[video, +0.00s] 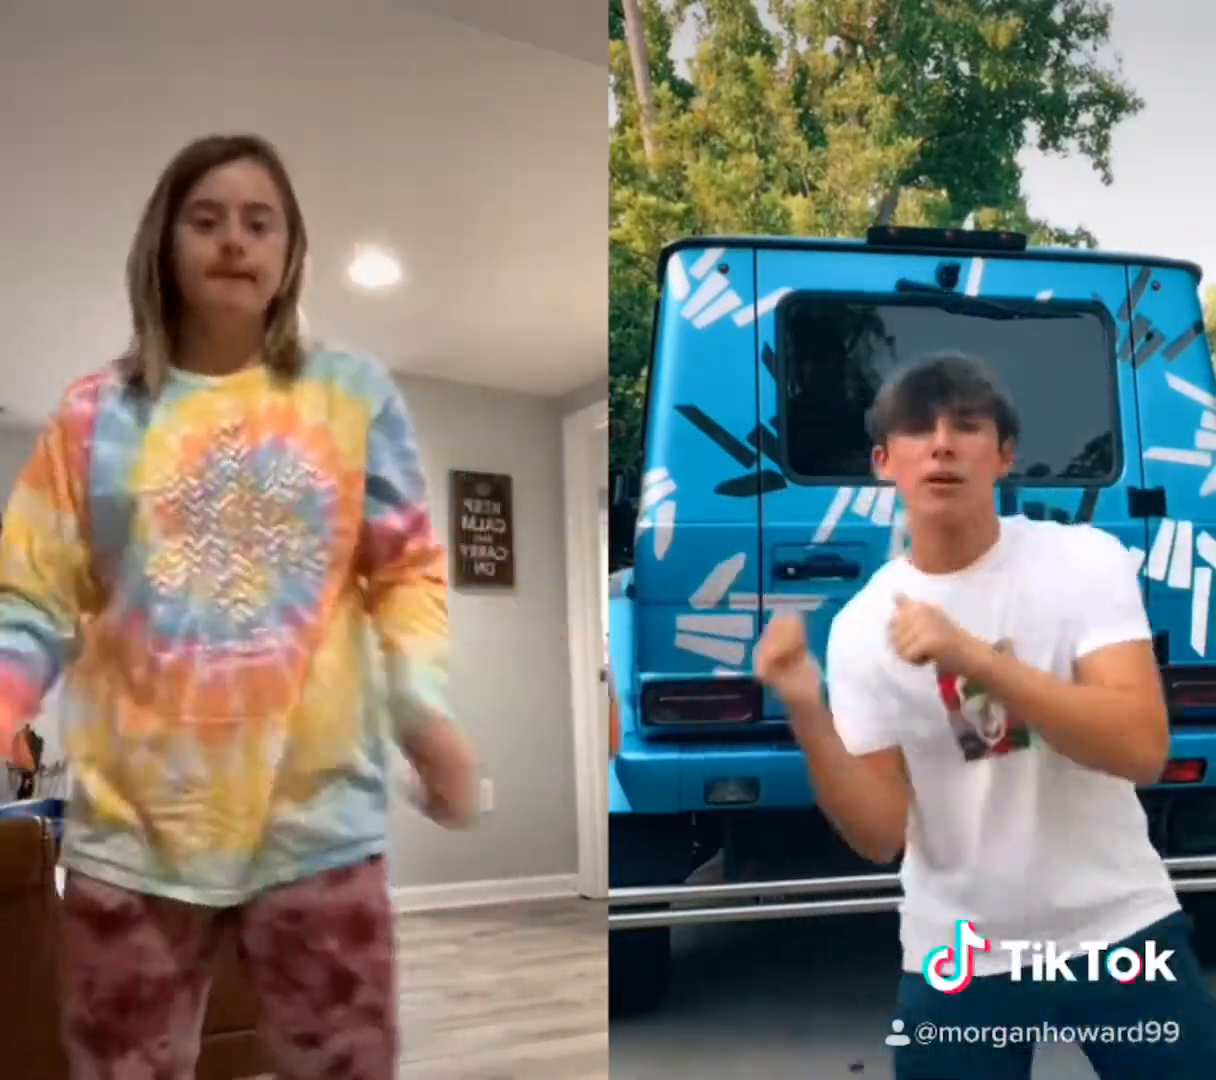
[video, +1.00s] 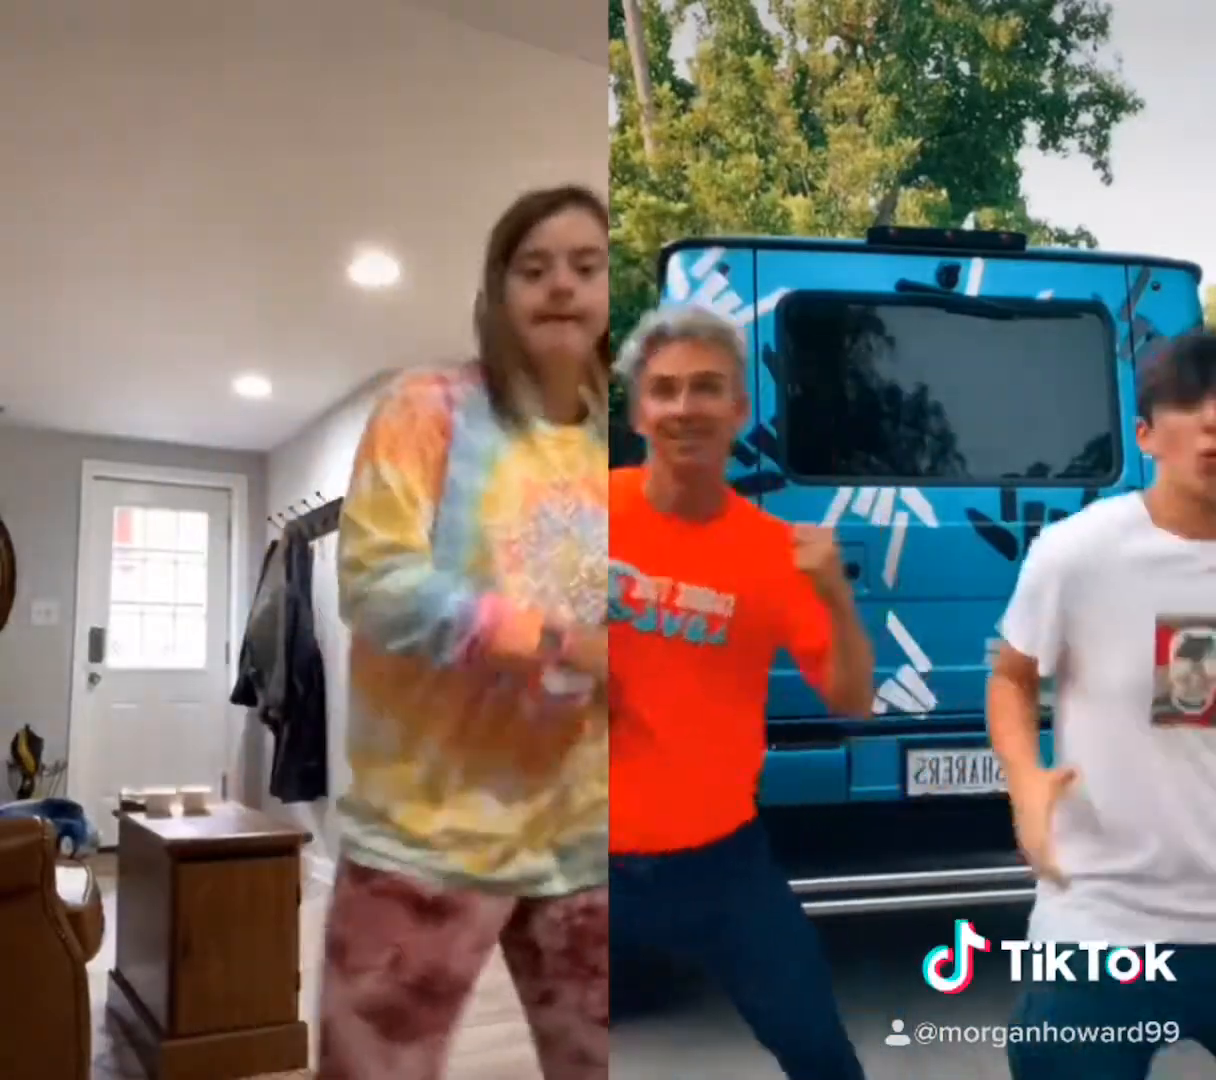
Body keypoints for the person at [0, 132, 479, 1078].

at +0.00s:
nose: (234, 241)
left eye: (261, 221)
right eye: (206, 219)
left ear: (291, 253)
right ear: (165, 246)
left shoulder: (357, 399)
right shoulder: (99, 413)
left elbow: (407, 573)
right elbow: (33, 604)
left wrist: (421, 709)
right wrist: (5, 720)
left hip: (319, 831)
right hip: (132, 836)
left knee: (346, 1065)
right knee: (122, 1069)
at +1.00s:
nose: (561, 287)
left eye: (585, 266)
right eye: (535, 267)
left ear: (612, 292)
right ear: (498, 292)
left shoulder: (597, 445)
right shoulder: (426, 407)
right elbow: (375, 580)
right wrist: (536, 636)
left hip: (570, 828)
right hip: (425, 825)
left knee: (585, 1064)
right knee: (371, 1064)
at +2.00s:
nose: (200, 259)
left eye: (225, 242)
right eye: (174, 243)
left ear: (261, 272)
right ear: (141, 276)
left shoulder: (333, 388)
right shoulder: (100, 442)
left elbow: (370, 541)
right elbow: (72, 586)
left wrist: (206, 613)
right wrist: (47, 638)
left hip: (310, 800)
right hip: (144, 815)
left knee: (373, 1055)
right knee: (120, 1062)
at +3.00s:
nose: (447, 293)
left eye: (472, 277)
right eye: (427, 269)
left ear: (498, 305)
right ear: (388, 283)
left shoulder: (532, 449)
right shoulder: (308, 431)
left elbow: (565, 604)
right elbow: (255, 606)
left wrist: (555, 681)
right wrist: (388, 668)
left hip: (498, 816)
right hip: (340, 820)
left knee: (522, 1064)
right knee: (325, 1065)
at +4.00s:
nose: (264, 274)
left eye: (286, 255)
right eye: (237, 253)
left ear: (312, 281)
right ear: (198, 276)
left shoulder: (340, 427)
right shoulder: (145, 366)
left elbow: (343, 596)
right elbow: (120, 530)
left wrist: (340, 707)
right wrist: (209, 672)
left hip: (328, 790)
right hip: (169, 793)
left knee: (362, 1054)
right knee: (156, 1060)